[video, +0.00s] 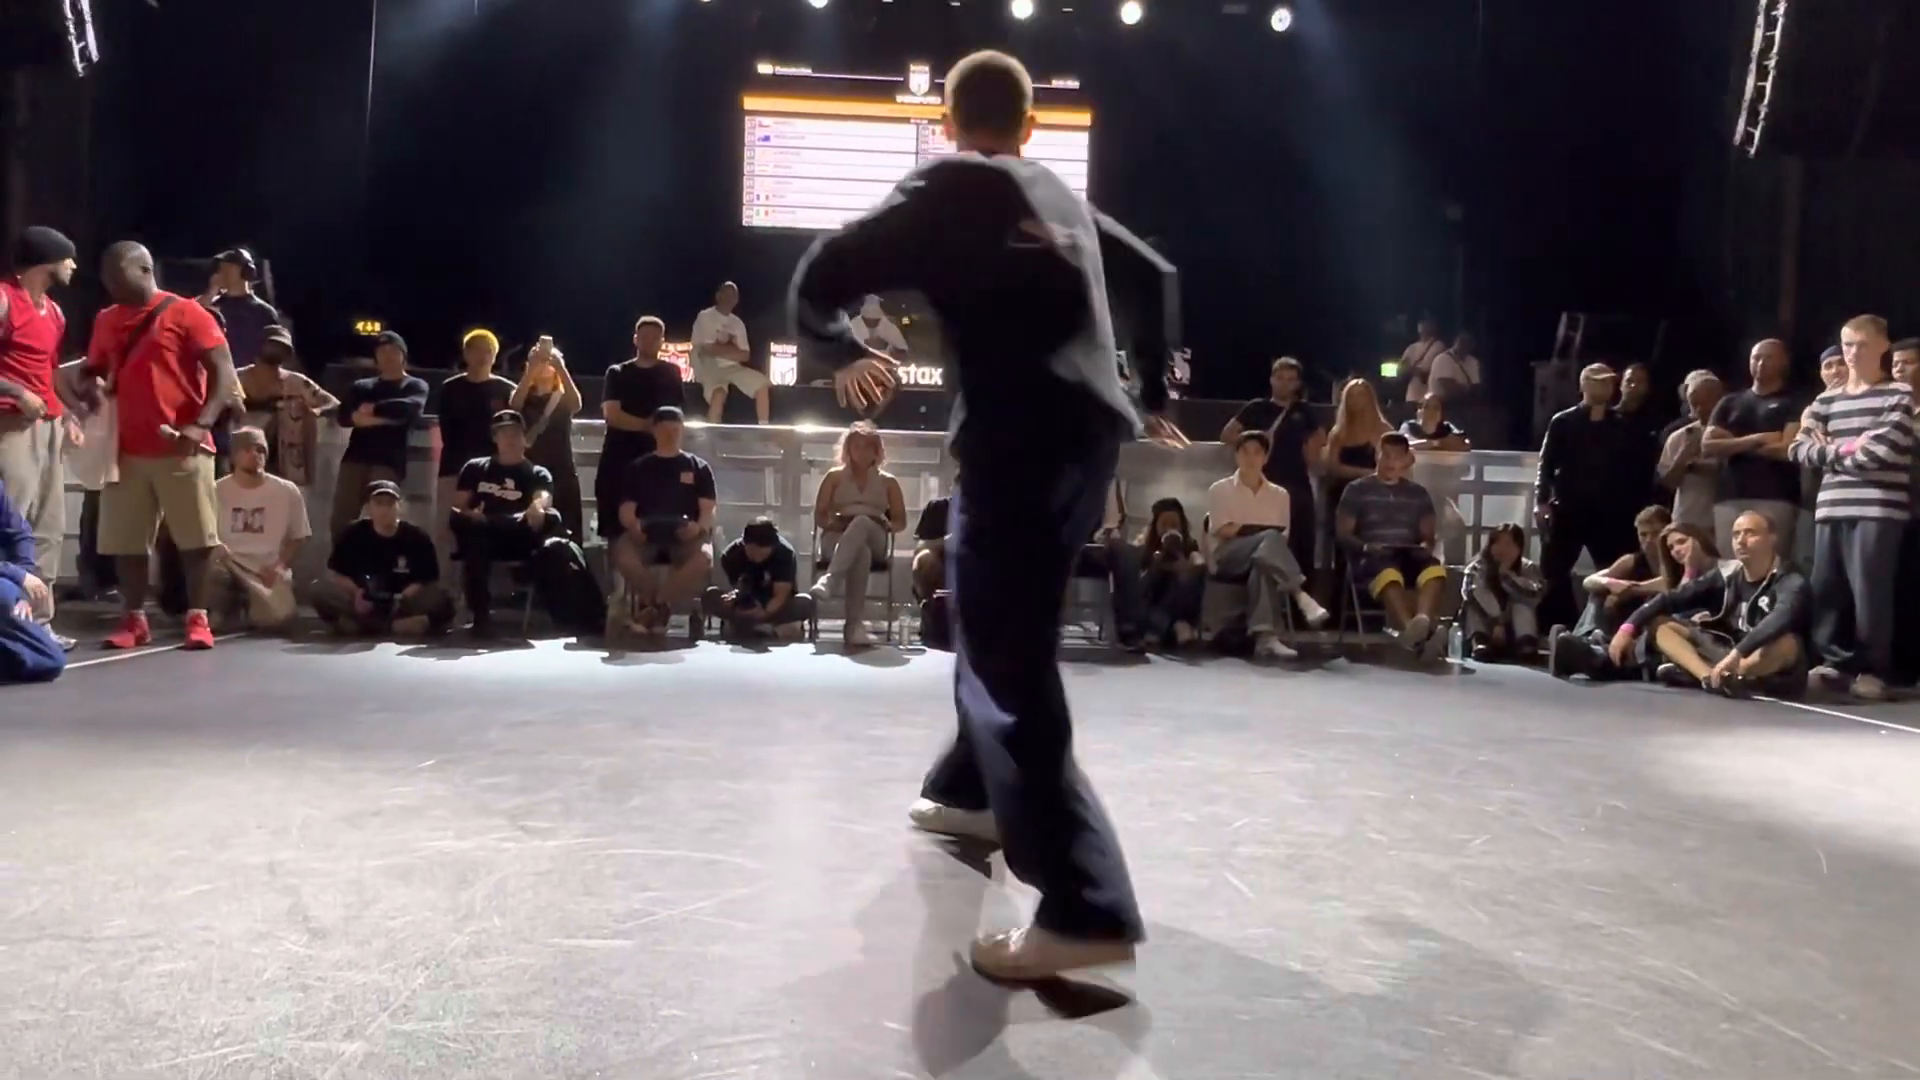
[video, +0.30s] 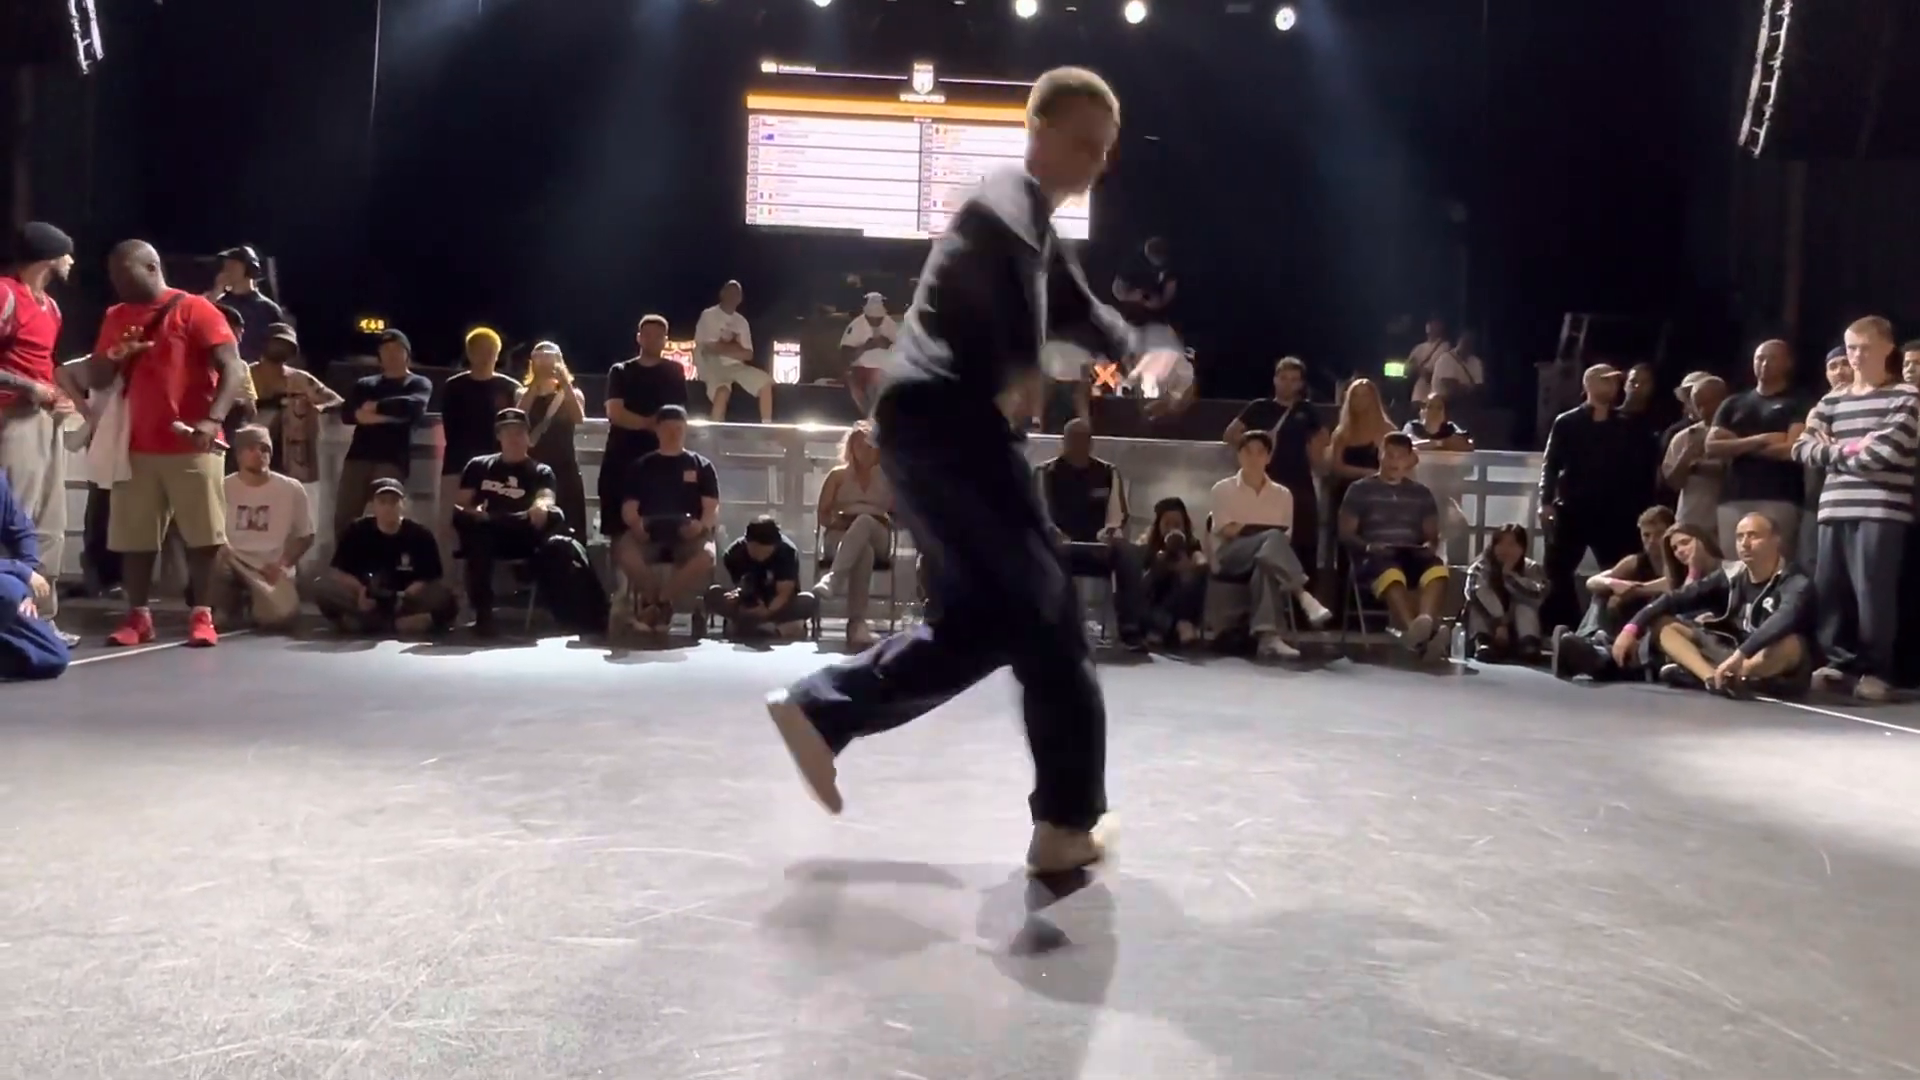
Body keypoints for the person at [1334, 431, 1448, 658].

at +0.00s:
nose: (1389, 462)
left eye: (1396, 457)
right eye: (1385, 455)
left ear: (1408, 461)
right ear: (1378, 457)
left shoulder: (1418, 493)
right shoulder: (1357, 490)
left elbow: (1428, 536)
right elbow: (1343, 533)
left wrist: (1424, 548)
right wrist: (1367, 547)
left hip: (1409, 551)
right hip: (1376, 549)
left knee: (1434, 571)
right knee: (1389, 577)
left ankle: (1420, 629)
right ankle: (1416, 637)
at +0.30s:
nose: (1393, 461)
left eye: (1400, 456)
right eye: (1389, 455)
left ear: (1411, 461)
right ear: (1381, 456)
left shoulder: (1422, 493)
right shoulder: (1360, 489)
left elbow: (1431, 535)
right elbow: (1345, 533)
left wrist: (1428, 546)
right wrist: (1369, 547)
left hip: (1412, 550)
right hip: (1379, 548)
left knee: (1437, 571)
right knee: (1392, 577)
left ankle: (1422, 630)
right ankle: (1419, 639)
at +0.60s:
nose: (1397, 460)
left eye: (1404, 454)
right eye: (1393, 453)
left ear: (1416, 459)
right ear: (1385, 455)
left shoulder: (1426, 491)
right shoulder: (1365, 487)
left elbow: (1435, 533)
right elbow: (1350, 531)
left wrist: (1432, 544)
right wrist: (1375, 544)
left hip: (1417, 548)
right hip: (1384, 545)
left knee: (1442, 569)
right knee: (1397, 576)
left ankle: (1427, 627)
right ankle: (1420, 636)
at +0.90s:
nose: (1401, 457)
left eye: (1408, 452)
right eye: (1397, 451)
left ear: (1420, 457)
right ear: (1389, 453)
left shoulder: (1430, 489)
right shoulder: (1368, 485)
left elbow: (1440, 531)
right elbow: (1355, 528)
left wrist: (1437, 542)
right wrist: (1379, 542)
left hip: (1421, 546)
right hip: (1388, 544)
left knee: (1446, 568)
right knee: (1402, 575)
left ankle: (1432, 623)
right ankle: (1425, 634)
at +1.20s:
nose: (1404, 455)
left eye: (1411, 450)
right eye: (1400, 449)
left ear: (1424, 455)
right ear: (1392, 451)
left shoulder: (1434, 487)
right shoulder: (1371, 483)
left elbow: (1443, 530)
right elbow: (1357, 527)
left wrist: (1440, 542)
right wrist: (1380, 541)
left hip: (1425, 545)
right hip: (1391, 544)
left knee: (1450, 566)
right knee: (1404, 573)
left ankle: (1434, 621)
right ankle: (1429, 634)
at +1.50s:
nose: (1409, 454)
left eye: (1415, 449)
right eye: (1404, 448)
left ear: (1426, 455)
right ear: (1395, 450)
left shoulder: (1437, 485)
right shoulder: (1375, 481)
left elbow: (1447, 529)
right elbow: (1361, 523)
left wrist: (1444, 541)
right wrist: (1384, 539)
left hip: (1429, 544)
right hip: (1395, 542)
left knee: (1453, 566)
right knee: (1408, 573)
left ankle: (1435, 622)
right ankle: (1431, 633)